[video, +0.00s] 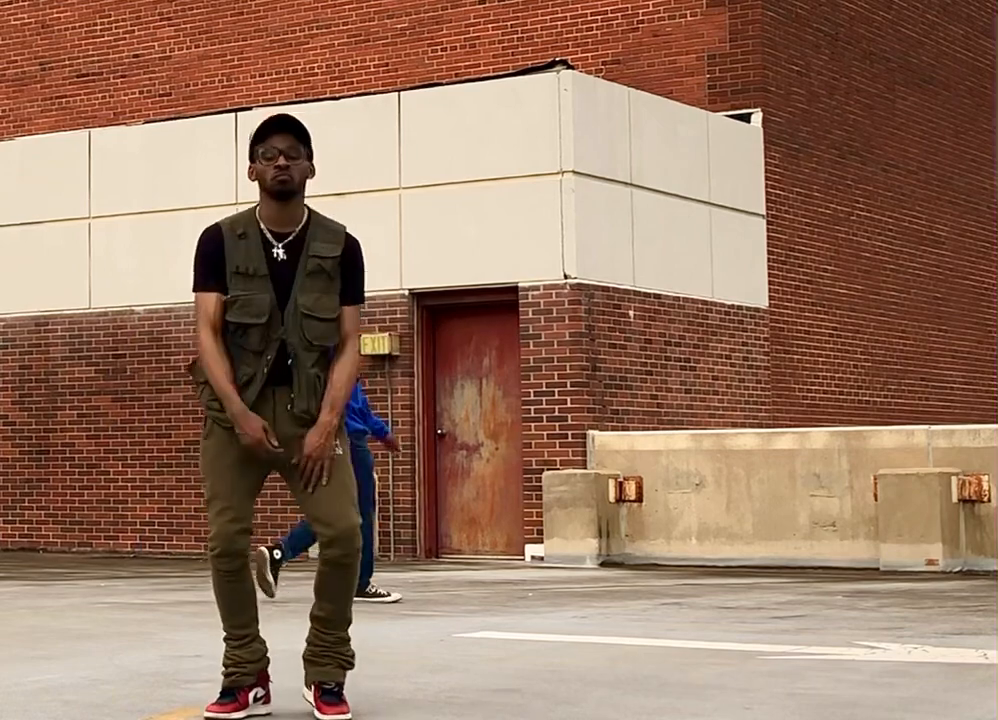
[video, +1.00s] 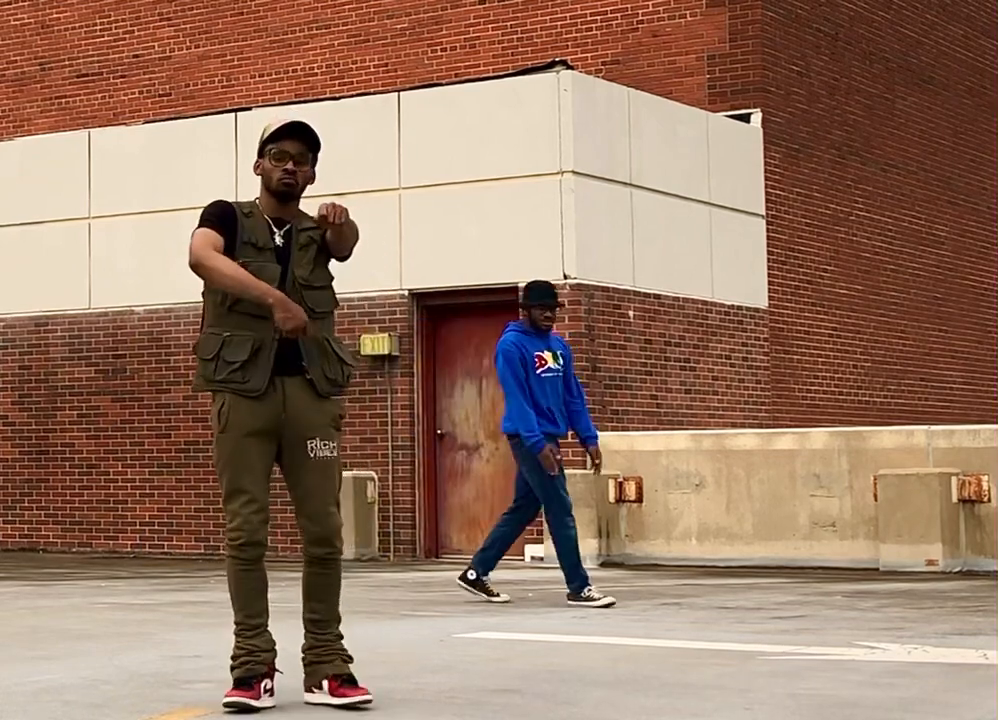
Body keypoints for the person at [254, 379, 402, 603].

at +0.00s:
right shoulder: (344, 374)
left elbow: (359, 407)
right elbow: (358, 407)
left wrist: (383, 433)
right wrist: (384, 432)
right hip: (354, 438)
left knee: (330, 511)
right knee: (364, 513)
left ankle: (278, 553)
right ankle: (361, 582)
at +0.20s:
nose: (391, 311)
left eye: (392, 303)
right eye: (388, 301)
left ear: (386, 309)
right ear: (373, 308)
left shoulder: (384, 343)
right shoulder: (366, 345)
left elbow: (384, 391)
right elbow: (370, 396)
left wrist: (396, 429)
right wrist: (394, 434)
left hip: (390, 436)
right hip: (375, 436)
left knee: (408, 499)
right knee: (376, 507)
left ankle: (377, 566)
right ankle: (366, 577)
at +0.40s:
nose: (433, 314)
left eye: (435, 309)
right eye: (427, 310)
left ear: (436, 310)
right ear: (409, 312)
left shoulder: (427, 342)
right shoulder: (403, 343)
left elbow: (449, 387)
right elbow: (423, 392)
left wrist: (475, 416)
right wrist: (462, 425)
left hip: (434, 439)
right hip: (413, 439)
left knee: (452, 508)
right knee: (405, 514)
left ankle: (464, 581)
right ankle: (365, 576)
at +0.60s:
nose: (466, 313)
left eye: (469, 308)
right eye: (460, 307)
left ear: (470, 308)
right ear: (444, 307)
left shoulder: (466, 337)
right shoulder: (430, 336)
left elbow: (498, 368)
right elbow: (465, 363)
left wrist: (523, 349)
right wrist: (515, 347)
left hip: (466, 429)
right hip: (449, 430)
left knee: (475, 506)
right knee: (471, 505)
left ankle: (467, 581)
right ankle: (411, 553)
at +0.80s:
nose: (504, 313)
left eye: (507, 308)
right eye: (498, 307)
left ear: (511, 308)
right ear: (482, 304)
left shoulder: (507, 333)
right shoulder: (465, 332)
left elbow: (539, 361)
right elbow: (497, 360)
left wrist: (544, 327)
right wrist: (534, 326)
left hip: (497, 424)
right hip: (481, 425)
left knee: (486, 504)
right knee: (518, 500)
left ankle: (467, 580)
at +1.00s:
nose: (550, 316)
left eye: (553, 310)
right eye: (542, 310)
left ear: (557, 310)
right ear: (525, 310)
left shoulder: (559, 345)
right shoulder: (511, 344)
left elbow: (572, 395)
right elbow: (516, 399)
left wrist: (589, 438)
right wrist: (539, 443)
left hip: (549, 436)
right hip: (527, 436)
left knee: (524, 509)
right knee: (559, 507)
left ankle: (476, 573)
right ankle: (578, 587)